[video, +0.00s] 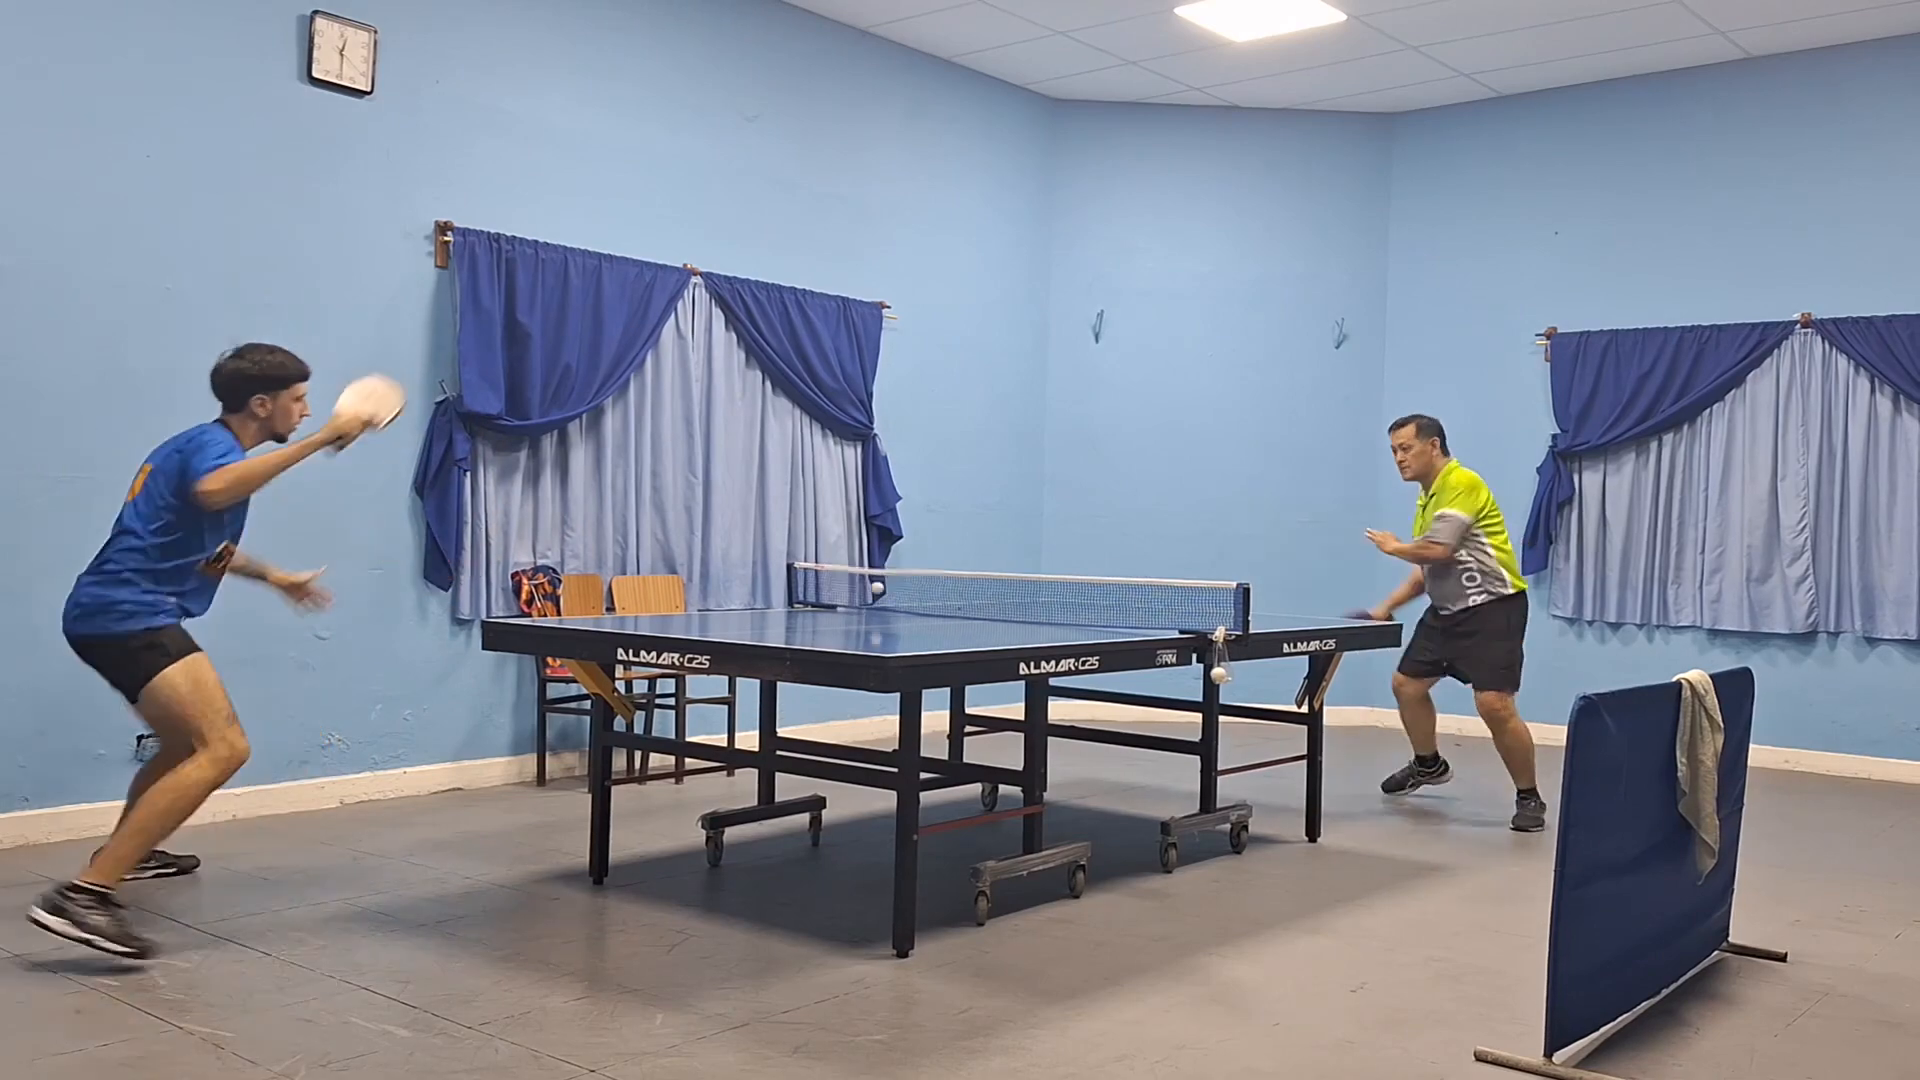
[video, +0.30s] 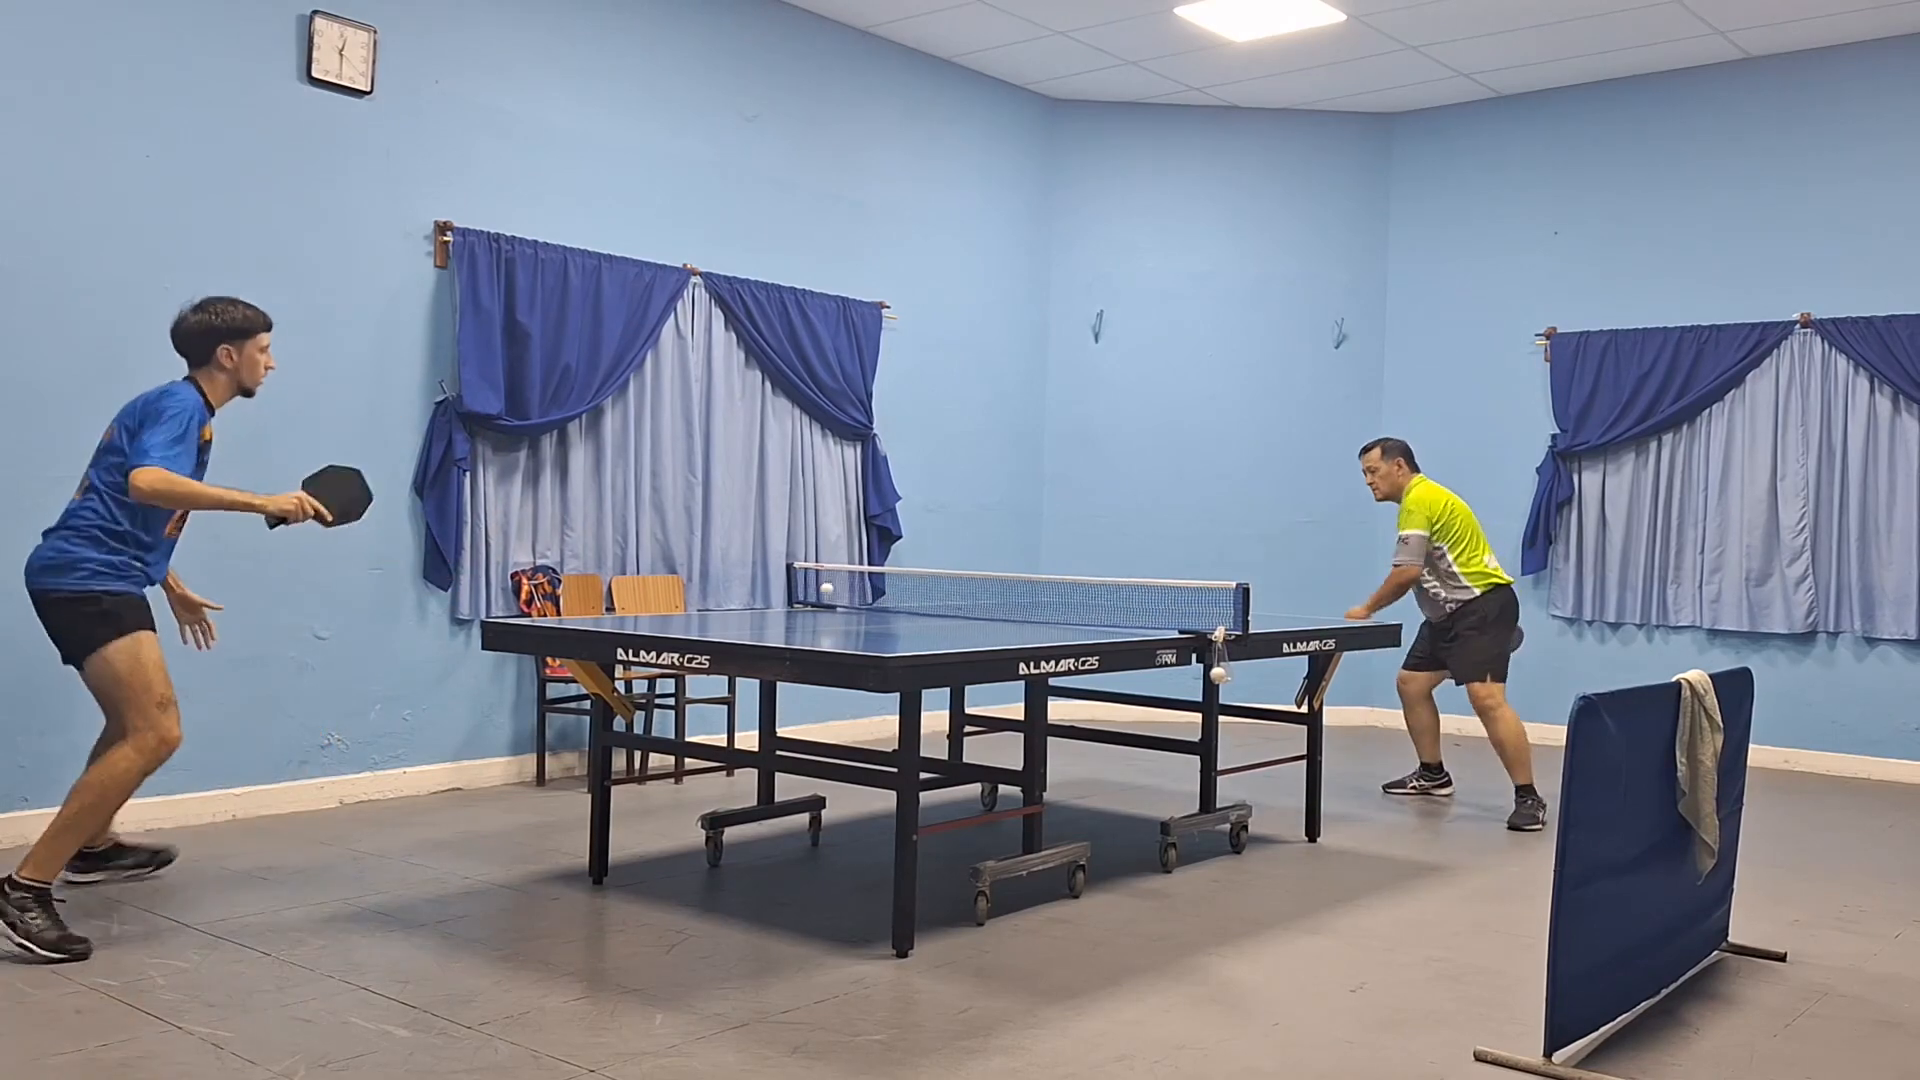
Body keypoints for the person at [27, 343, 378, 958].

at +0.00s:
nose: (304, 408)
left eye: (305, 398)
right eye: (298, 399)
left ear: (250, 405)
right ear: (260, 404)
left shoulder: (210, 448)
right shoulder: (217, 446)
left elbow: (202, 551)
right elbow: (211, 491)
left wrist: (272, 575)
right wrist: (320, 440)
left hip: (116, 613)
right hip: (126, 614)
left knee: (189, 738)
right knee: (224, 748)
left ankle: (131, 847)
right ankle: (87, 891)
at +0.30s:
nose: (272, 360)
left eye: (271, 347)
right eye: (264, 348)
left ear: (223, 356)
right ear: (226, 355)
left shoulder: (196, 423)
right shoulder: (176, 407)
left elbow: (142, 514)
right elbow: (145, 483)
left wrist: (170, 583)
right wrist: (260, 503)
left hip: (99, 576)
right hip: (84, 574)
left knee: (137, 720)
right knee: (156, 733)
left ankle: (89, 842)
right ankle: (25, 886)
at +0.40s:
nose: (268, 364)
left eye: (266, 351)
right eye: (260, 352)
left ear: (217, 361)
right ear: (221, 358)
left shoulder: (186, 428)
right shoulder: (173, 414)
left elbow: (137, 526)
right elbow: (128, 495)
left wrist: (178, 594)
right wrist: (247, 520)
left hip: (84, 583)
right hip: (79, 583)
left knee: (132, 737)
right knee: (139, 747)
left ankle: (30, 853)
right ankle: (16, 905)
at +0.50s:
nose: (265, 378)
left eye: (263, 365)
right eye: (257, 366)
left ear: (218, 375)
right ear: (218, 373)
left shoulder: (184, 443)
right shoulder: (160, 430)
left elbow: (132, 540)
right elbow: (118, 518)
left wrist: (161, 615)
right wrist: (238, 538)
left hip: (85, 598)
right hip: (71, 596)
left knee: (126, 753)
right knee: (134, 758)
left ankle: (21, 862)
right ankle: (14, 915)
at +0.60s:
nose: (275, 354)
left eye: (275, 341)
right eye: (268, 341)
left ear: (231, 347)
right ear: (227, 345)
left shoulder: (197, 415)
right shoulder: (160, 403)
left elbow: (162, 503)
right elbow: (124, 498)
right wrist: (239, 519)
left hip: (125, 582)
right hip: (88, 576)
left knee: (150, 728)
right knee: (116, 737)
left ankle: (28, 852)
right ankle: (16, 905)